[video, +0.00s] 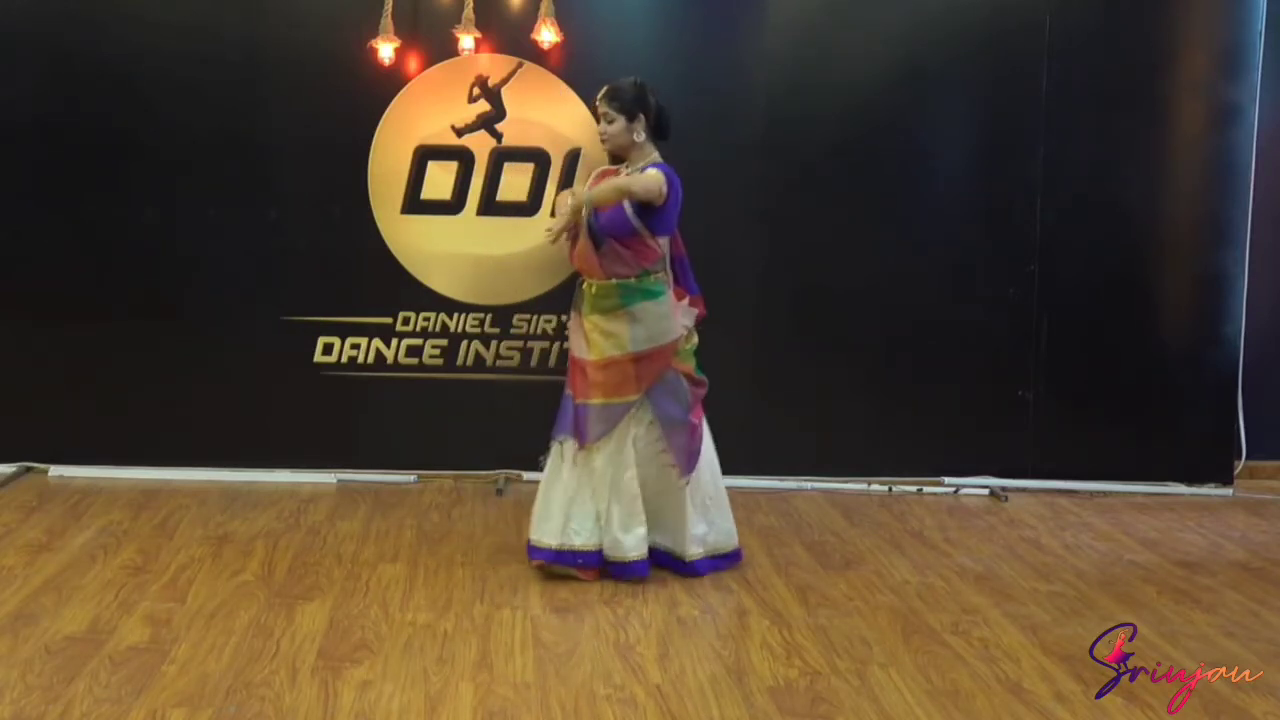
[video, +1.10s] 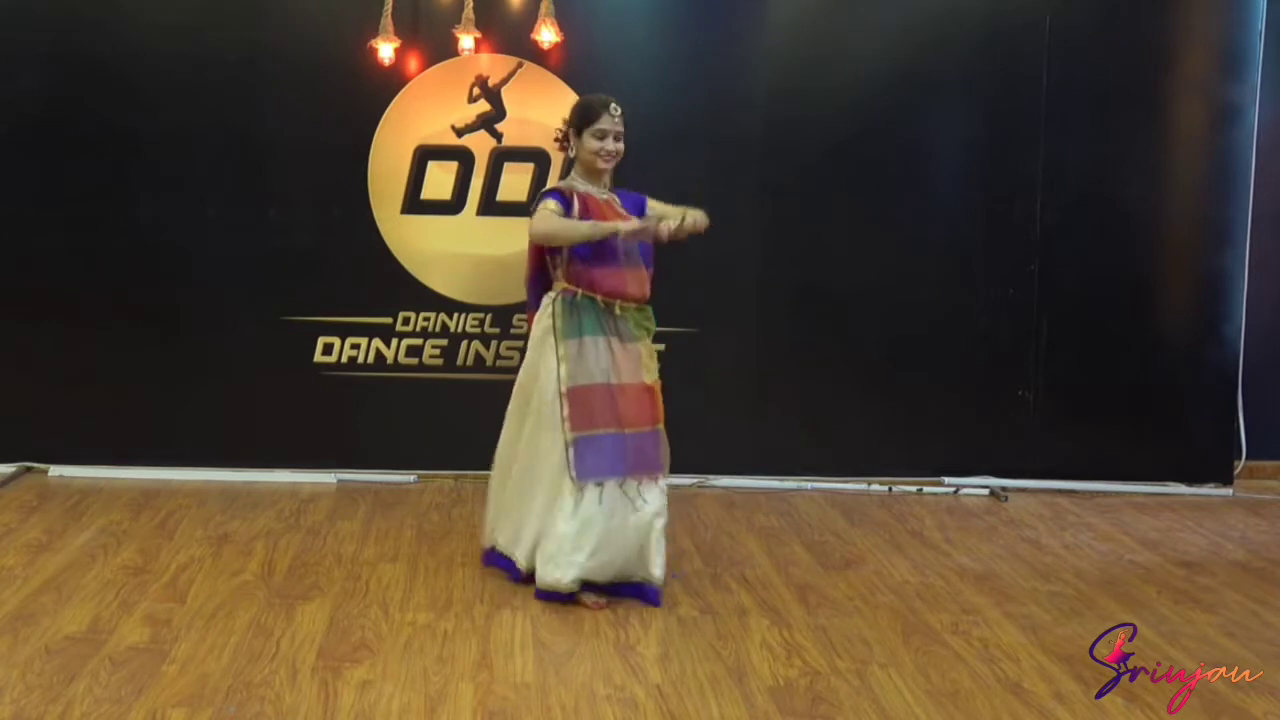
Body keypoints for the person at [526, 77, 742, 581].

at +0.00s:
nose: (601, 130)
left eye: (609, 121)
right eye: (599, 121)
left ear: (640, 122)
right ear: (606, 125)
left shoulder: (660, 176)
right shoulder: (605, 175)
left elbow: (630, 187)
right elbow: (582, 205)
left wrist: (580, 201)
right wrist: (572, 218)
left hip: (647, 318)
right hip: (598, 320)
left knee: (661, 429)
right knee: (596, 431)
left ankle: (681, 538)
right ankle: (596, 539)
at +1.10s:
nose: (611, 146)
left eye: (618, 138)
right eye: (600, 136)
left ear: (624, 145)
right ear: (573, 140)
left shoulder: (631, 203)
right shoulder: (559, 197)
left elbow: (695, 217)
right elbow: (542, 229)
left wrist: (679, 222)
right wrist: (617, 227)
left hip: (624, 339)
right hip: (572, 339)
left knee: (621, 449)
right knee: (574, 451)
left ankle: (602, 567)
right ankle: (563, 570)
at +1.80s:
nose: (589, 129)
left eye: (598, 119)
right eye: (583, 124)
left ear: (628, 124)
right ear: (581, 138)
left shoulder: (669, 186)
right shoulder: (578, 191)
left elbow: (731, 225)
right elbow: (537, 233)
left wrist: (708, 283)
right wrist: (557, 279)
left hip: (653, 326)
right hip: (589, 325)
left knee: (656, 435)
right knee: (581, 433)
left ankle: (655, 548)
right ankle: (576, 546)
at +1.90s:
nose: (588, 117)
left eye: (597, 108)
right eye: (582, 112)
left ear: (626, 115)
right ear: (580, 124)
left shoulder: (659, 177)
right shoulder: (578, 176)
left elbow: (711, 184)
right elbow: (533, 173)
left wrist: (661, 185)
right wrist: (498, 153)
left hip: (645, 318)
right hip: (580, 315)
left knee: (654, 428)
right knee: (561, 424)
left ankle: (665, 543)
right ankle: (541, 539)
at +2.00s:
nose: (579, 106)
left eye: (588, 95)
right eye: (574, 100)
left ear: (619, 106)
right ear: (574, 115)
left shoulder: (650, 165)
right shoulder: (568, 159)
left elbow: (689, 143)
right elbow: (512, 122)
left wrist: (633, 131)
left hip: (635, 307)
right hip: (568, 305)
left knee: (649, 432)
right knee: (539, 423)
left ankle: (656, 554)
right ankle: (508, 543)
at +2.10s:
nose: (567, 96)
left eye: (577, 88)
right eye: (561, 91)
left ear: (604, 99)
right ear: (560, 104)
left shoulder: (634, 159)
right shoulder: (551, 144)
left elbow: (677, 124)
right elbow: (496, 96)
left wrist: (619, 108)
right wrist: (464, 36)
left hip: (607, 296)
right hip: (541, 290)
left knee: (638, 422)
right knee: (528, 414)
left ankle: (655, 551)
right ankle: (513, 537)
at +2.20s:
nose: (557, 103)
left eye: (568, 95)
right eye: (553, 98)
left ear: (596, 105)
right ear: (551, 110)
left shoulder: (621, 171)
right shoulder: (538, 152)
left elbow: (679, 141)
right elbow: (485, 115)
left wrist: (612, 130)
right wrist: (458, 52)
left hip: (586, 301)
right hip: (522, 294)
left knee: (618, 421)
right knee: (517, 417)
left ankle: (634, 545)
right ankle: (511, 544)